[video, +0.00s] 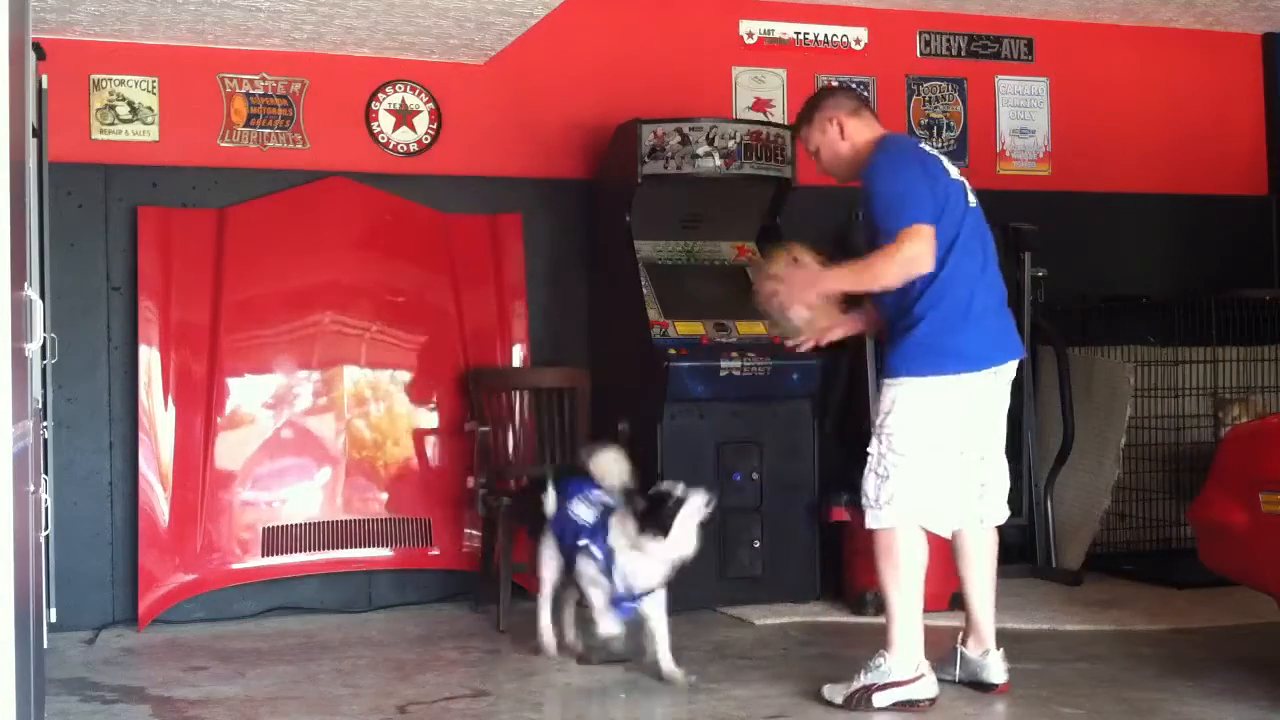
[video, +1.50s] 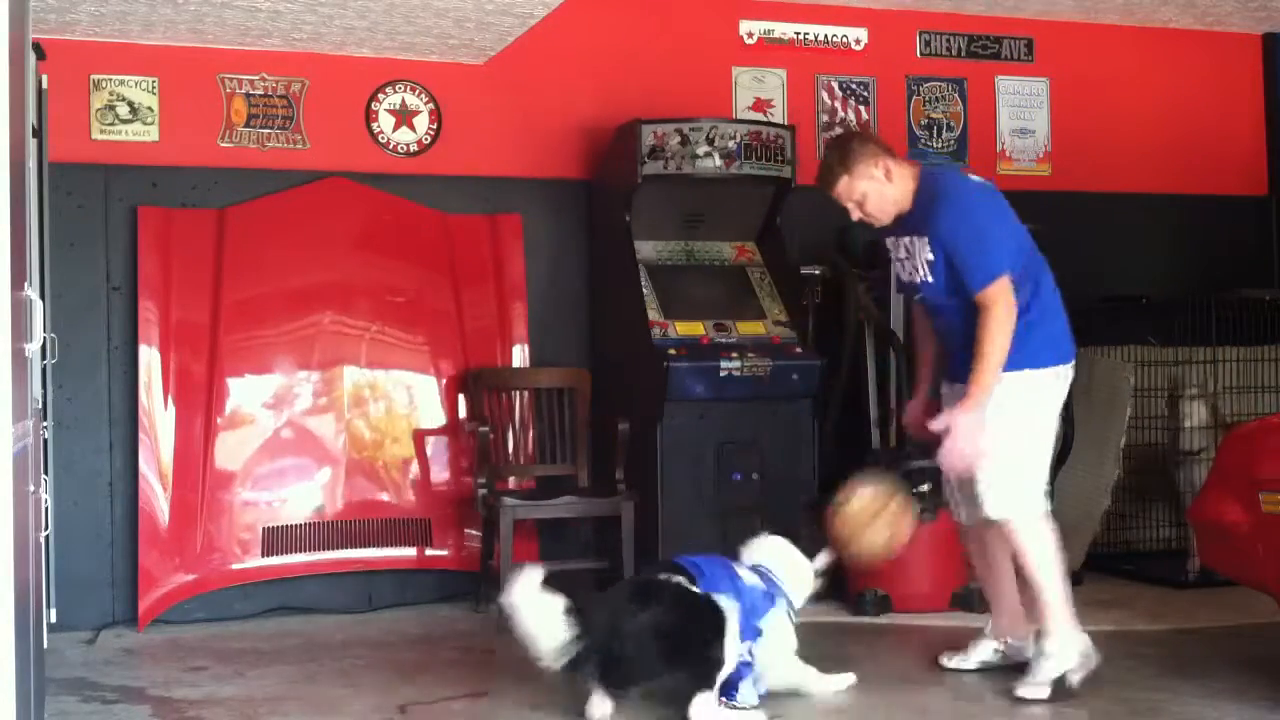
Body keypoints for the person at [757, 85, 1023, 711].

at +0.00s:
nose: (814, 162)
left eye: (812, 147)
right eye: (809, 152)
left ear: (838, 125)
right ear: (852, 119)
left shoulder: (892, 161)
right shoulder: (924, 163)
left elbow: (916, 254)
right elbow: (917, 294)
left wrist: (819, 280)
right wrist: (841, 323)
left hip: (931, 361)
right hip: (985, 354)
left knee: (892, 506)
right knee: (973, 504)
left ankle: (903, 662)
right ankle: (982, 649)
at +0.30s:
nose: (781, 196)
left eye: (777, 180)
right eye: (773, 186)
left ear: (802, 149)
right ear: (810, 146)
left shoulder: (863, 183)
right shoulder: (889, 167)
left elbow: (896, 283)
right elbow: (917, 272)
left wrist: (811, 344)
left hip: (927, 366)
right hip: (974, 356)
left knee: (889, 510)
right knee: (955, 507)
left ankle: (903, 664)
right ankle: (980, 647)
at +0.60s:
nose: (782, 191)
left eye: (776, 176)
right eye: (772, 183)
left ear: (800, 138)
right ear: (806, 133)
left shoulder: (853, 173)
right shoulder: (889, 157)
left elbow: (858, 278)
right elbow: (908, 269)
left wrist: (760, 316)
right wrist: (852, 308)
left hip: (916, 361)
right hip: (970, 351)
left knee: (885, 510)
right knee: (963, 507)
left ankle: (904, 663)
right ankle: (982, 647)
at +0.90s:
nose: (797, 177)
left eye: (794, 161)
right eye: (789, 169)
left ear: (820, 123)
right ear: (828, 121)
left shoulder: (870, 164)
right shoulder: (888, 153)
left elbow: (910, 250)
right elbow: (892, 262)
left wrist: (898, 362)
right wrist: (827, 297)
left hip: (924, 359)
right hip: (955, 355)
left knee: (900, 503)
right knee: (941, 496)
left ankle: (905, 663)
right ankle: (995, 621)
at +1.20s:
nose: (829, 191)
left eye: (827, 176)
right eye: (820, 184)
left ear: (856, 142)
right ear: (846, 152)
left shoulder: (926, 179)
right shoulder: (880, 204)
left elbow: (989, 258)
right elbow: (887, 299)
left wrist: (991, 364)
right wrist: (813, 308)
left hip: (962, 377)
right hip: (935, 376)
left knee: (927, 513)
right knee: (956, 511)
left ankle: (911, 665)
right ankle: (1008, 628)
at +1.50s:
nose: (857, 216)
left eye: (857, 201)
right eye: (849, 208)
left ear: (883, 169)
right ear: (878, 175)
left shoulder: (957, 202)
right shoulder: (902, 219)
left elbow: (1000, 305)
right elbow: (928, 310)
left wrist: (973, 406)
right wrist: (924, 391)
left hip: (1028, 360)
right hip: (974, 365)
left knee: (1011, 494)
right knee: (970, 497)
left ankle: (1066, 640)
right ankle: (1010, 632)